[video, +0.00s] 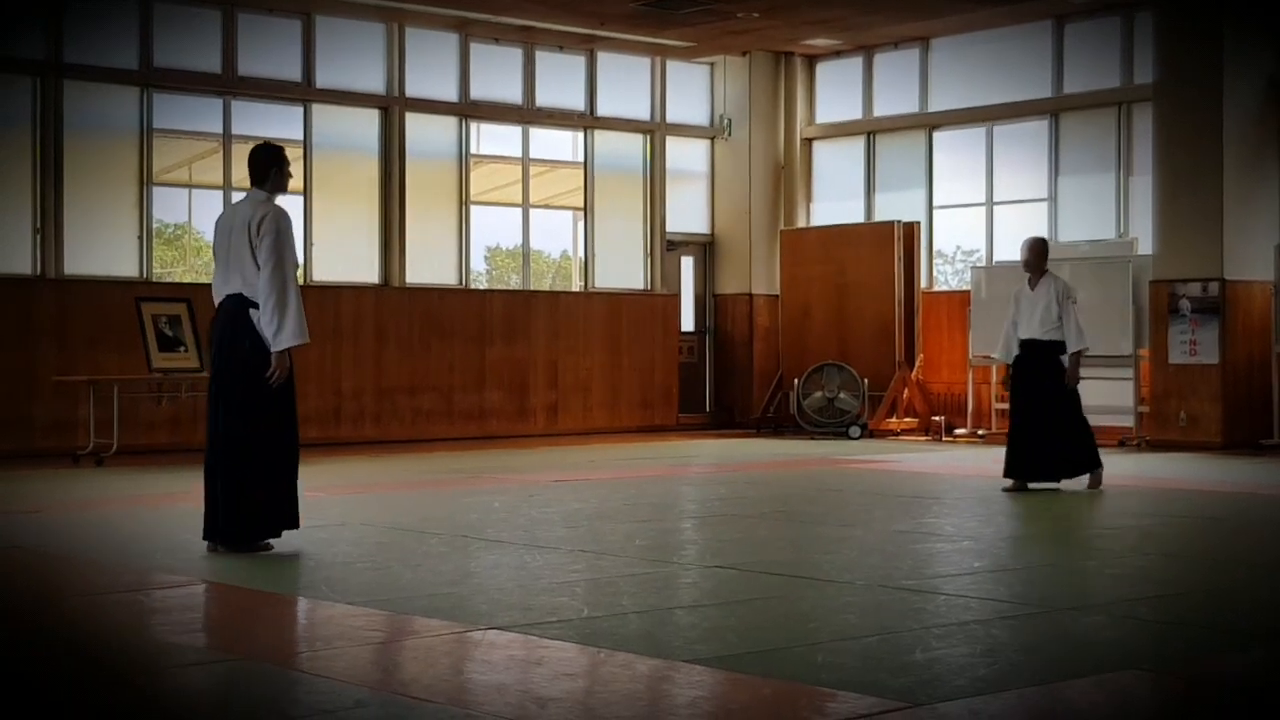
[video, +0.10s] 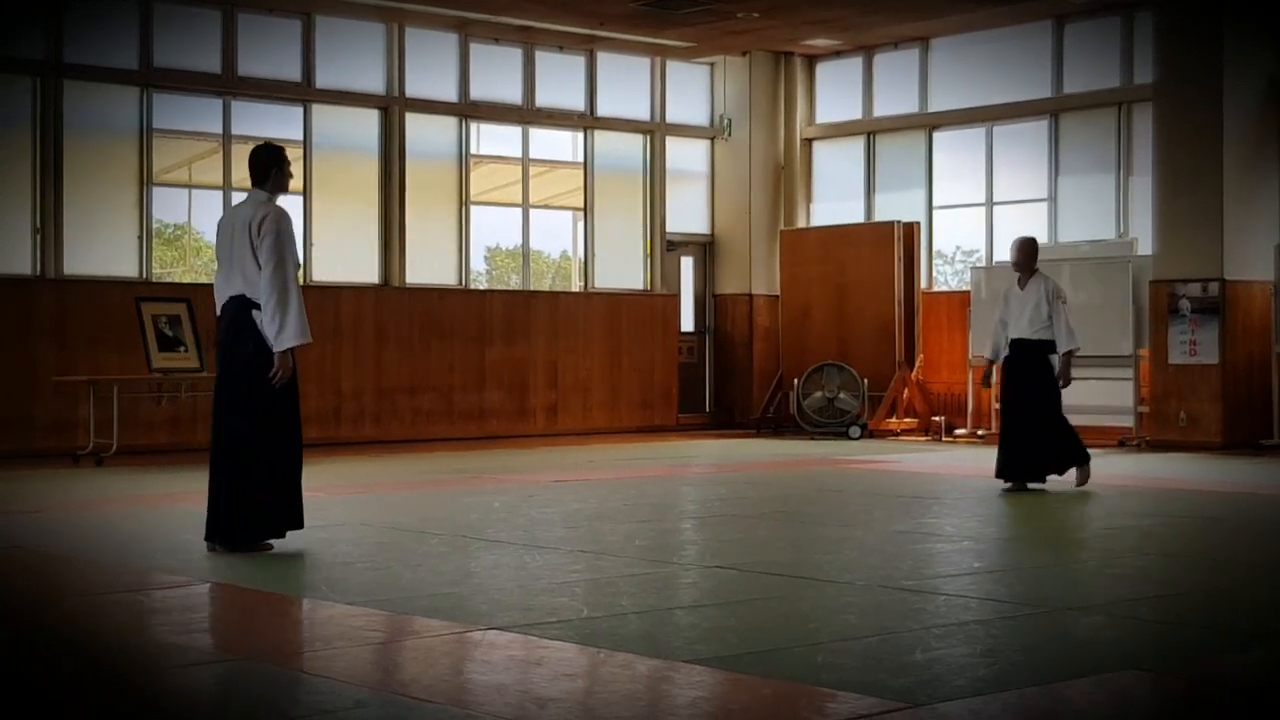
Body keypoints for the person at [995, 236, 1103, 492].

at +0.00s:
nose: (1024, 259)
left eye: (1029, 255)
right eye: (1023, 254)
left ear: (1043, 257)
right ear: (1022, 256)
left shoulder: (1060, 287)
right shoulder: (1020, 292)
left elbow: (1073, 328)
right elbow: (1012, 330)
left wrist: (1074, 365)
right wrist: (1009, 367)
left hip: (1052, 357)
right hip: (1025, 357)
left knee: (1069, 416)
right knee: (1022, 417)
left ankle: (1094, 466)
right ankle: (1020, 477)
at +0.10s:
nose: (1012, 258)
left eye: (1017, 253)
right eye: (1012, 253)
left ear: (1032, 257)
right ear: (1013, 256)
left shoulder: (1049, 287)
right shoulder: (1009, 292)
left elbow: (1063, 326)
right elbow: (1000, 329)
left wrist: (1066, 363)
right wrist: (989, 364)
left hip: (1040, 357)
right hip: (1014, 357)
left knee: (1047, 416)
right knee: (1014, 417)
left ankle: (1080, 459)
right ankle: (1017, 478)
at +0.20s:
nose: (1002, 257)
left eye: (1007, 252)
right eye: (1003, 253)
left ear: (1021, 256)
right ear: (1006, 256)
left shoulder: (1040, 286)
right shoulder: (1003, 289)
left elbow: (1053, 325)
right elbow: (992, 323)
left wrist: (1056, 363)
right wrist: (972, 346)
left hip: (1032, 355)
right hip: (1008, 355)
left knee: (1030, 415)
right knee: (1008, 416)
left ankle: (1058, 463)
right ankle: (1019, 477)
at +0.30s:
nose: (995, 260)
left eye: (1000, 255)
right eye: (993, 255)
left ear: (1013, 256)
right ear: (993, 257)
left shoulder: (1032, 287)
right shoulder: (993, 291)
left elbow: (1044, 325)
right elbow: (981, 320)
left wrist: (1047, 362)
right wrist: (965, 316)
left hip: (1024, 355)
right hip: (1001, 355)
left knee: (1020, 415)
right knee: (999, 415)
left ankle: (1025, 477)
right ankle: (1010, 476)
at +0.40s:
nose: (985, 263)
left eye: (990, 257)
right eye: (984, 257)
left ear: (1004, 257)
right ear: (984, 259)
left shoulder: (1024, 287)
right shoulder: (985, 289)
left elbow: (1037, 327)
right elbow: (962, 311)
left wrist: (1038, 365)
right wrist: (959, 288)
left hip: (1016, 356)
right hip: (994, 355)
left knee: (1016, 416)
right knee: (990, 415)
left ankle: (1019, 476)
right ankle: (989, 475)